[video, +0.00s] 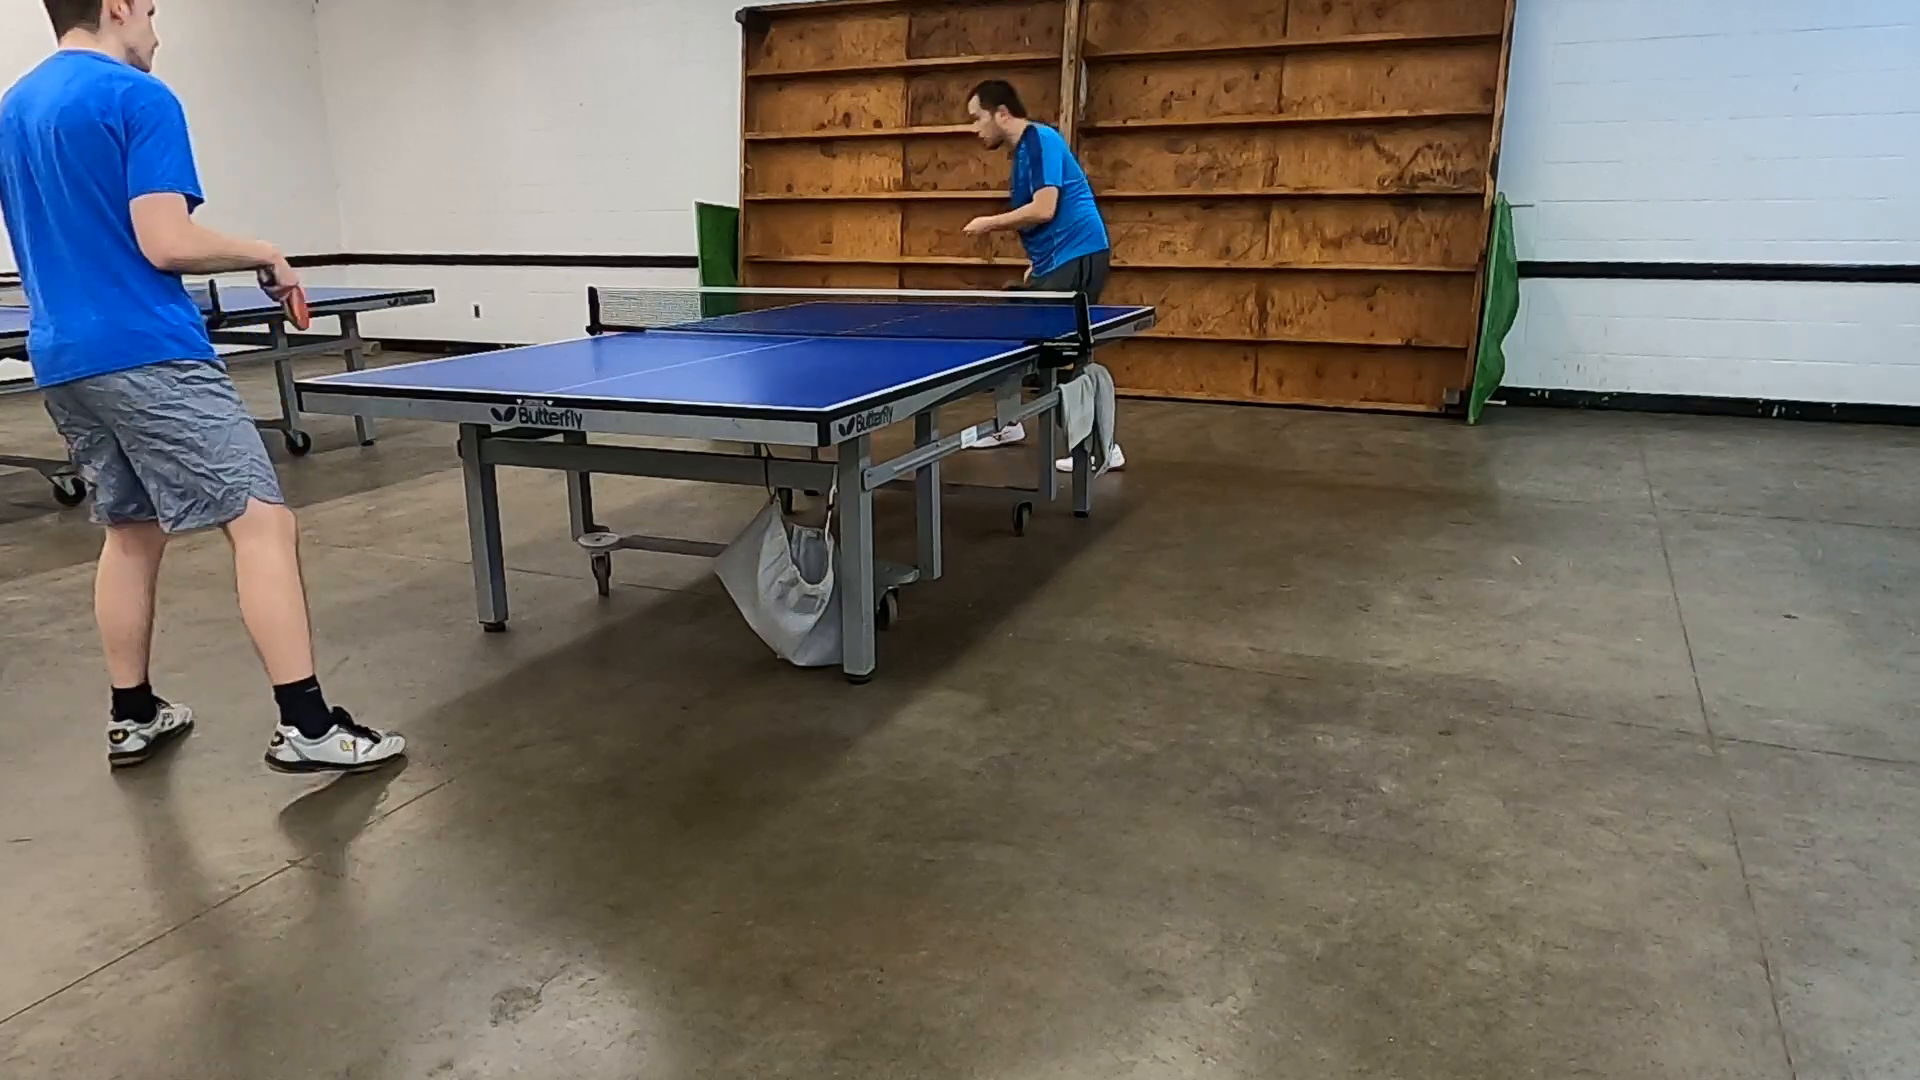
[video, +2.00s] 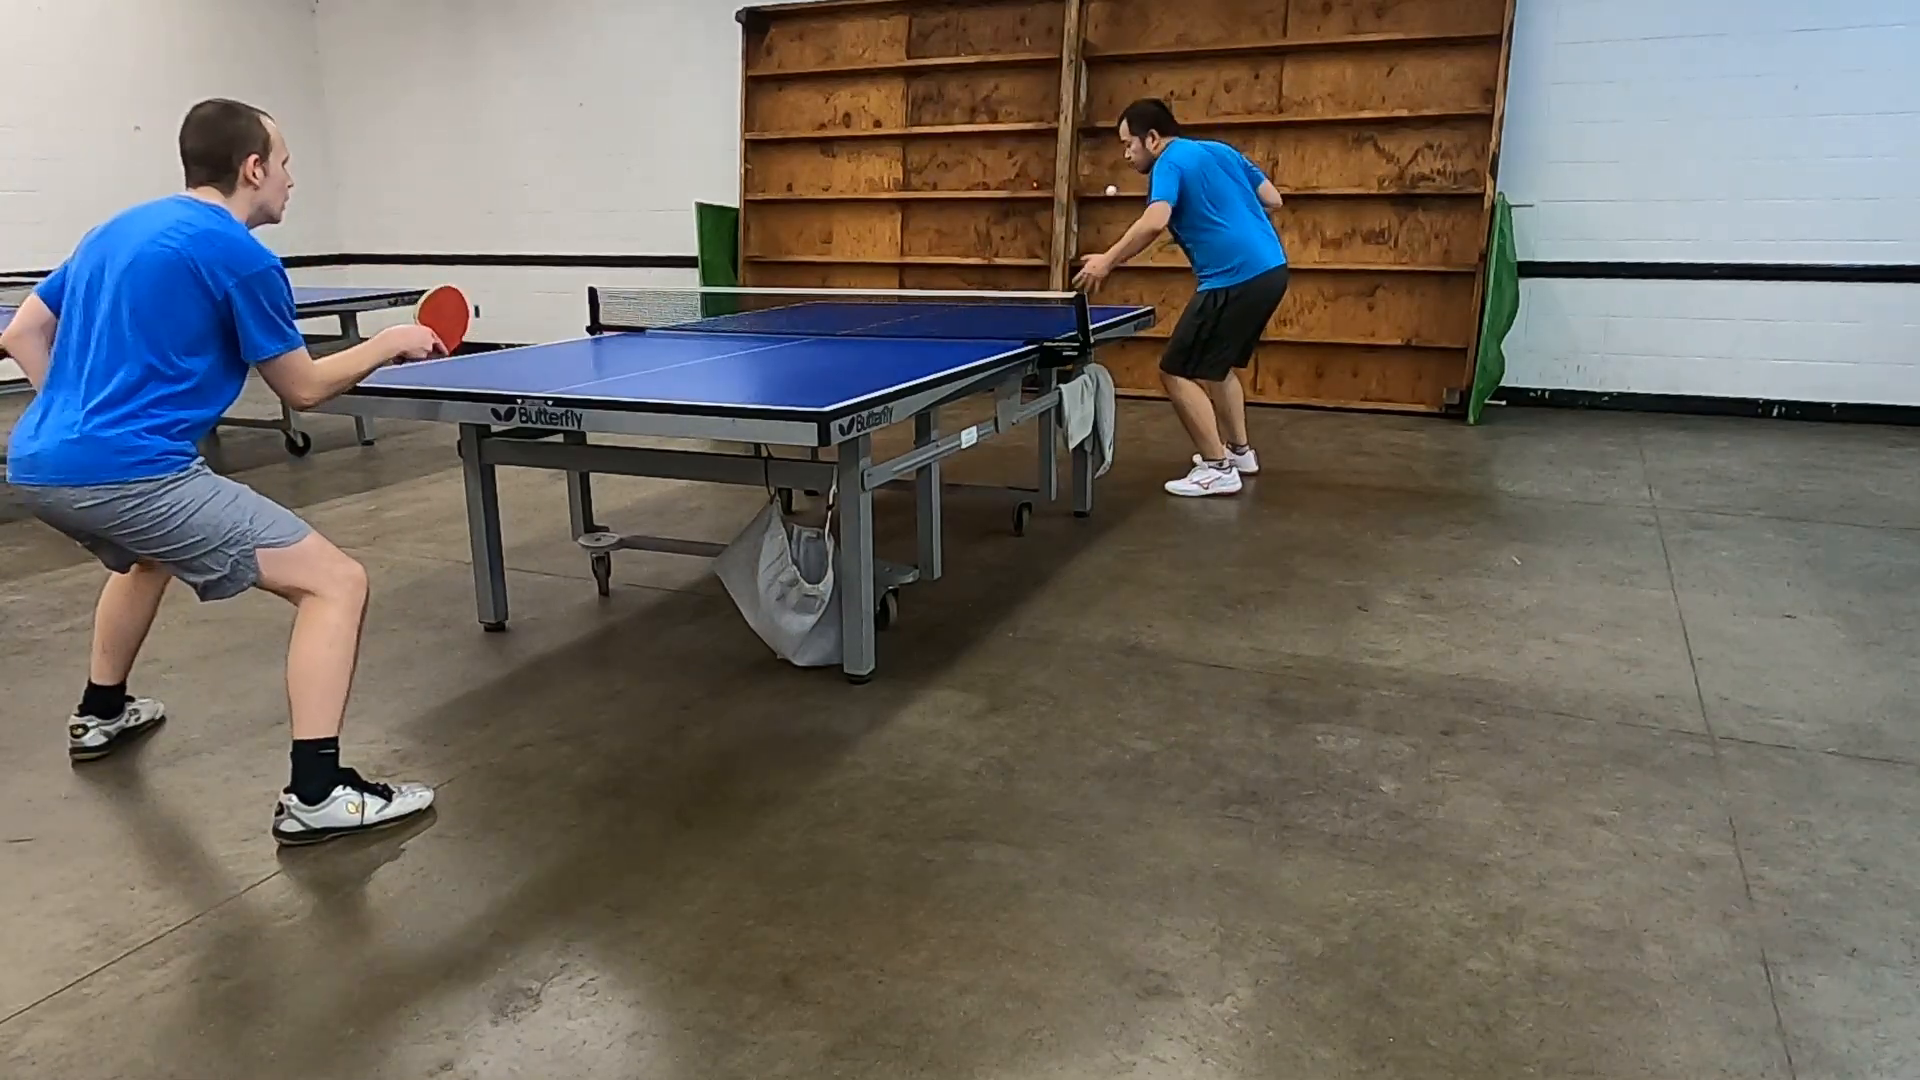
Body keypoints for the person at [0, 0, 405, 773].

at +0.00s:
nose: (157, 33)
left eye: (154, 15)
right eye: (151, 13)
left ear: (69, 17)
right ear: (116, 10)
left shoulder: (15, 108)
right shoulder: (138, 95)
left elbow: (32, 246)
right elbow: (165, 240)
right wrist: (264, 253)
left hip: (60, 361)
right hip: (147, 350)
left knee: (132, 527)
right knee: (262, 518)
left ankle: (133, 714)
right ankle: (308, 722)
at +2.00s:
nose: (289, 180)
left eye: (287, 163)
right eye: (283, 164)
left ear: (195, 168)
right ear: (251, 168)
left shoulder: (116, 232)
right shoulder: (240, 255)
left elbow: (23, 334)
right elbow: (303, 386)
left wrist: (86, 406)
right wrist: (388, 343)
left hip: (42, 466)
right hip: (132, 472)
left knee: (149, 553)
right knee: (337, 583)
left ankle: (100, 712)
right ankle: (318, 790)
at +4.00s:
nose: (85, 19)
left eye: (106, 2)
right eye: (70, 3)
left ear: (148, 10)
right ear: (55, 9)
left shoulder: (172, 102)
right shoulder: (37, 106)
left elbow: (177, 211)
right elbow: (23, 248)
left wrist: (229, 232)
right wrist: (142, 328)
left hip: (170, 342)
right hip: (93, 351)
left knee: (160, 526)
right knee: (150, 534)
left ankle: (126, 670)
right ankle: (126, 743)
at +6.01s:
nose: (1000, 15)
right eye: (1001, 11)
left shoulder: (855, 52)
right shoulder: (964, 42)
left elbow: (811, 205)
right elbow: (984, 217)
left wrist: (910, 208)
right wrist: (1092, 333)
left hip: (880, 362)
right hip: (957, 359)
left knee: (952, 550)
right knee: (1043, 553)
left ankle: (955, 755)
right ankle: (931, 742)